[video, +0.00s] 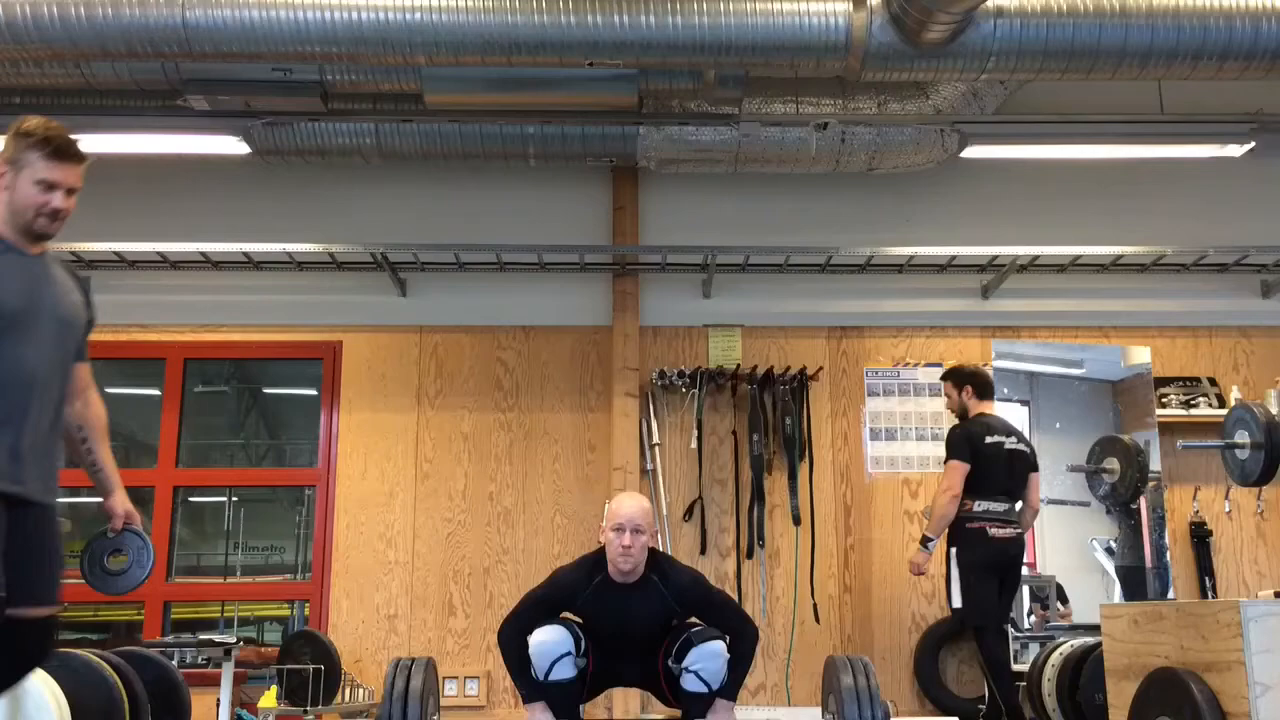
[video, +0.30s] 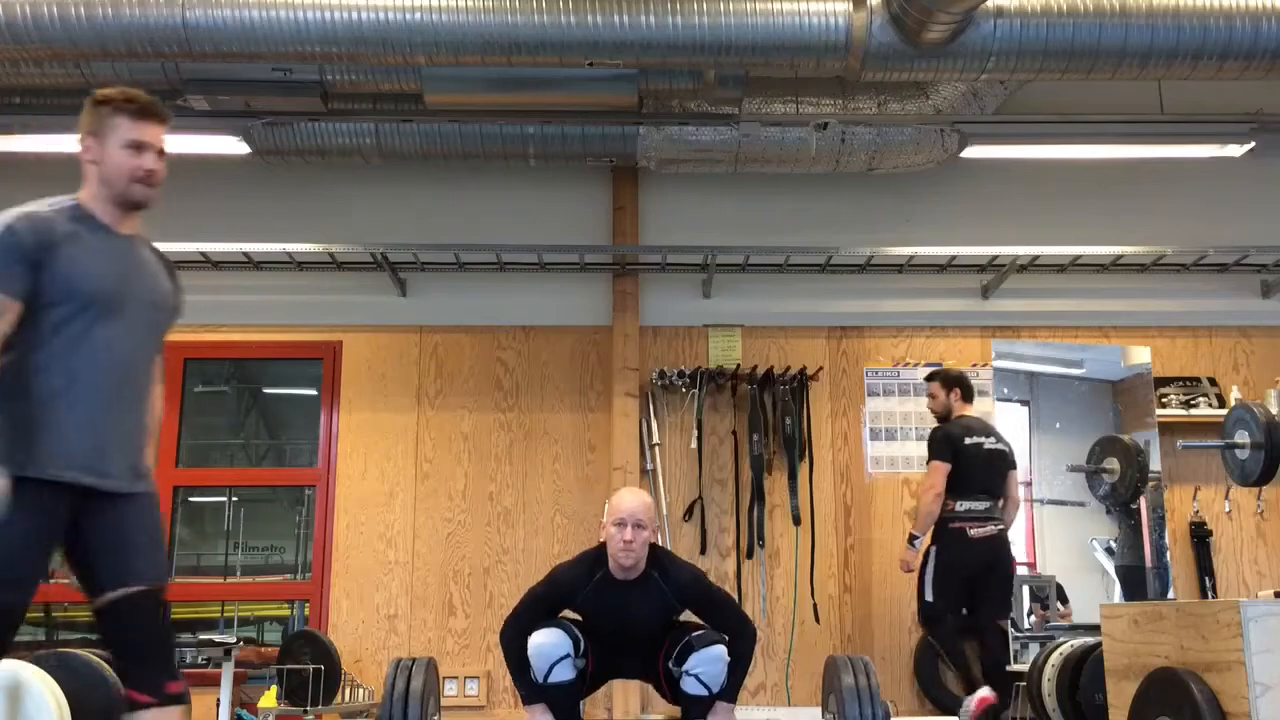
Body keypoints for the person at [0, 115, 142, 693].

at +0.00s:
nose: (59, 204)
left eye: (70, 192)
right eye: (45, 186)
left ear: (78, 196)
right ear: (6, 179)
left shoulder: (68, 289)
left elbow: (79, 395)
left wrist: (114, 492)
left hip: (32, 498)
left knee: (29, 646)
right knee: (14, 647)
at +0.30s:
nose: (153, 164)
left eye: (160, 153)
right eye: (136, 148)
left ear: (165, 162)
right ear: (89, 151)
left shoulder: (160, 274)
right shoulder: (30, 234)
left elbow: (151, 385)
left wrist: (144, 476)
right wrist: (1, 473)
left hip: (121, 488)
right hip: (27, 479)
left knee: (152, 670)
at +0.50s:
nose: (247, 159)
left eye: (254, 148)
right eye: (230, 144)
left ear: (260, 158)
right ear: (183, 151)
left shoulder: (254, 277)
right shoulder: (125, 230)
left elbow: (229, 387)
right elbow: (67, 332)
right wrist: (64, 413)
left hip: (218, 482)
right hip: (124, 473)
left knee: (245, 660)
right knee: (80, 637)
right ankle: (16, 705)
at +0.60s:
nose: (298, 149)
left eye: (306, 138)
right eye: (281, 132)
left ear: (310, 147)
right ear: (235, 132)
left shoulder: (299, 261)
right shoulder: (173, 214)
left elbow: (282, 368)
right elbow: (112, 317)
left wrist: (289, 447)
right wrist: (111, 406)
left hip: (271, 473)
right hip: (176, 463)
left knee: (269, 650)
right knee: (159, 636)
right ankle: (82, 705)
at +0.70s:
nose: (342, 136)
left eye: (350, 125)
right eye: (326, 118)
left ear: (354, 134)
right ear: (278, 116)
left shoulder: (341, 246)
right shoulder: (219, 198)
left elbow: (335, 376)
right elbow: (159, 307)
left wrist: (348, 482)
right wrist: (156, 411)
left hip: (311, 451)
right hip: (234, 434)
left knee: (293, 615)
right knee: (255, 588)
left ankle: (260, 713)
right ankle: (180, 700)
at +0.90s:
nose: (430, 121)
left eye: (438, 110)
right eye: (414, 103)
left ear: (441, 120)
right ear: (362, 101)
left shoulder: (420, 238)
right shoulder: (305, 190)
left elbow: (431, 366)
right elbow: (240, 319)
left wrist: (499, 459)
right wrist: (229, 447)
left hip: (383, 458)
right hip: (314, 442)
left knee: (306, 653)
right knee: (381, 612)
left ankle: (282, 714)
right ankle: (385, 714)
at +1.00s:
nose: (478, 109)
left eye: (483, 97)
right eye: (461, 92)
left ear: (483, 108)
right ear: (406, 93)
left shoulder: (463, 226)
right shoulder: (348, 189)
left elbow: (478, 362)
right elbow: (280, 319)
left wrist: (552, 452)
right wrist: (270, 452)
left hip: (428, 455)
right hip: (370, 447)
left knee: (349, 656)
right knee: (457, 621)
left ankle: (306, 717)